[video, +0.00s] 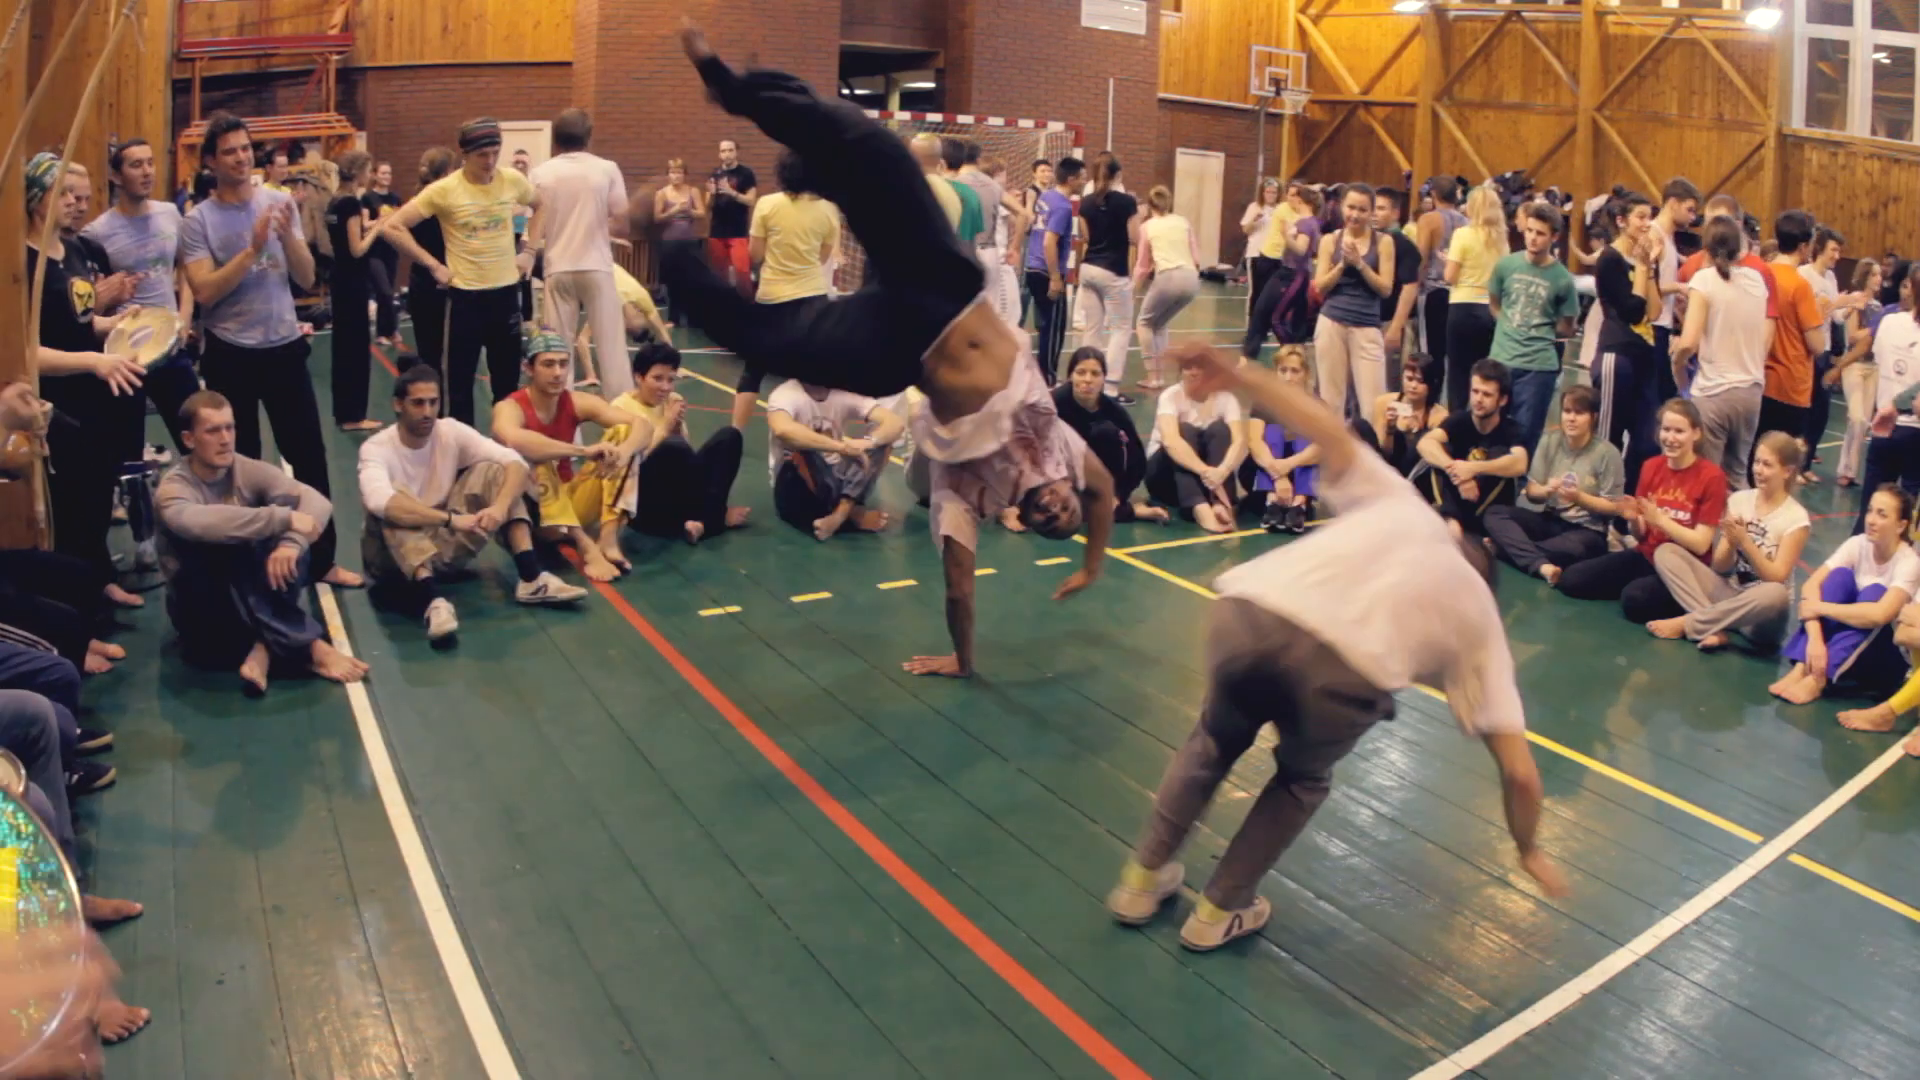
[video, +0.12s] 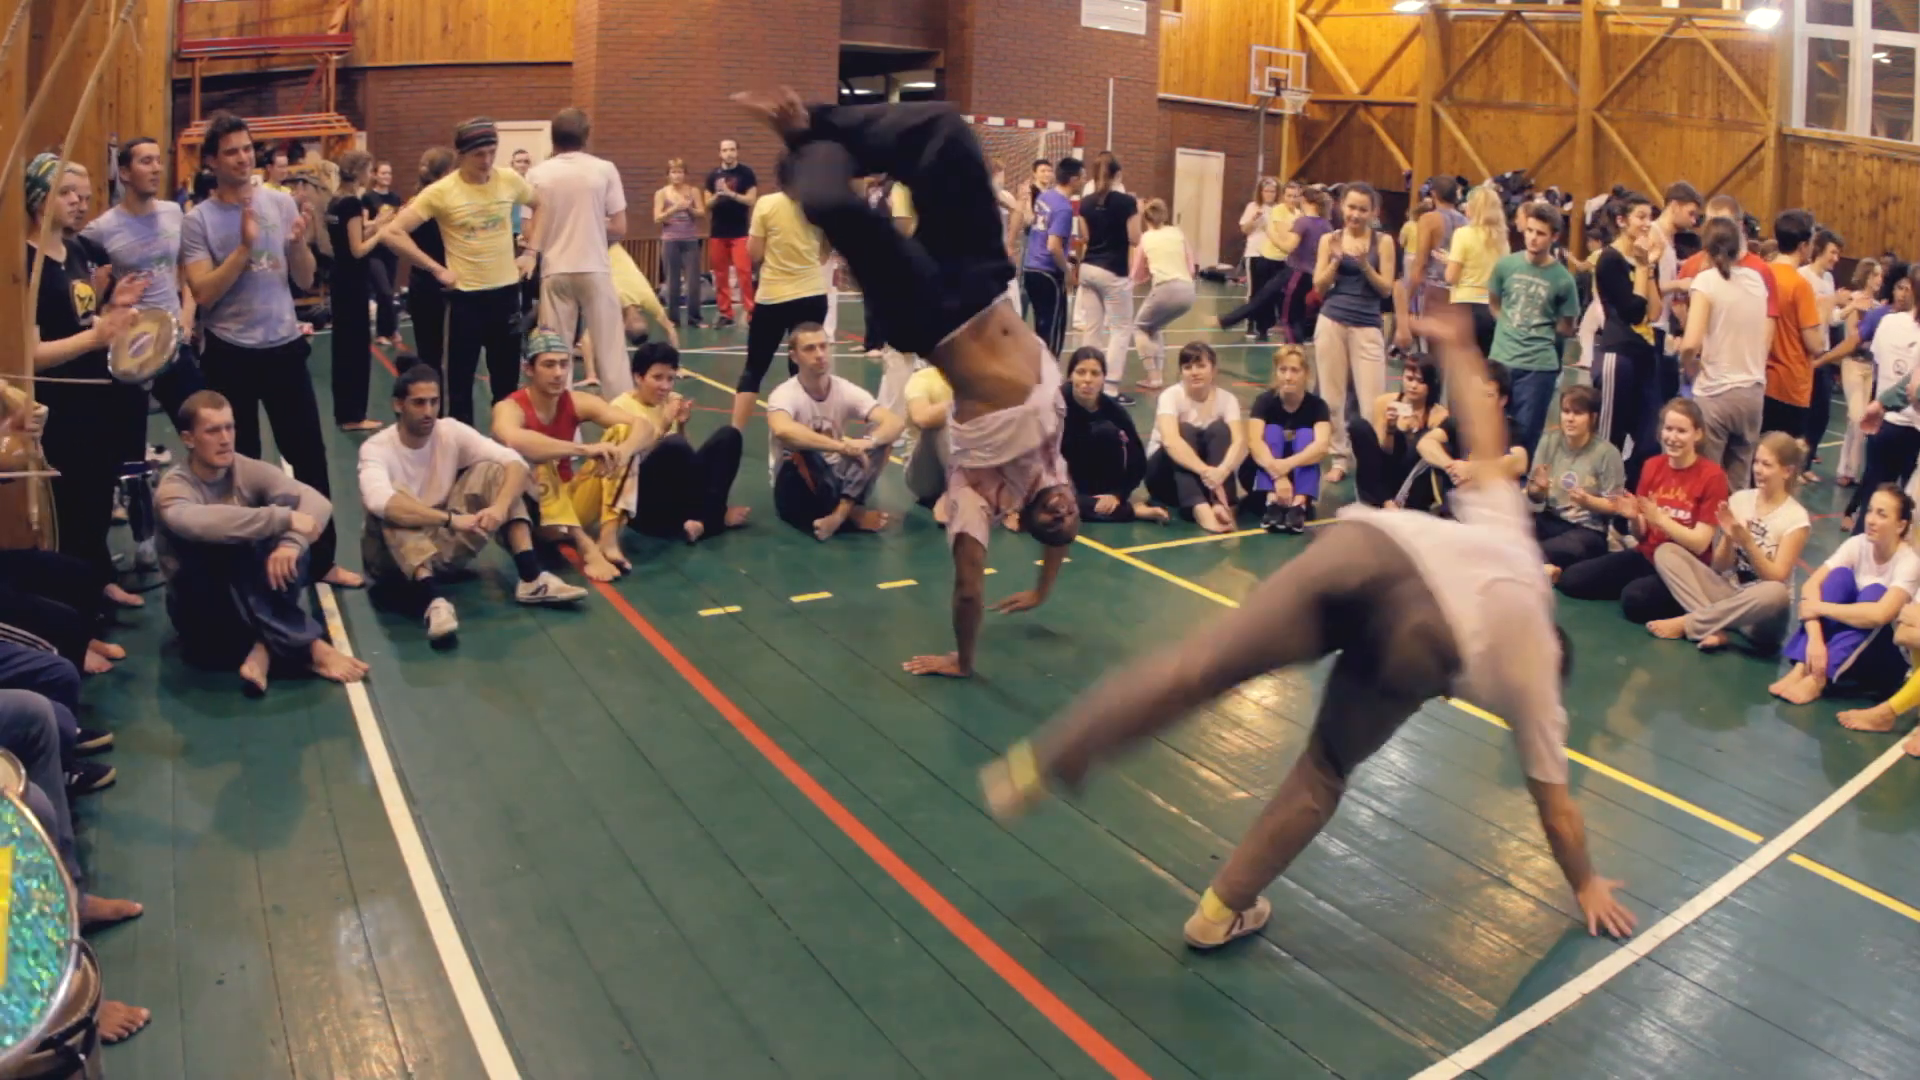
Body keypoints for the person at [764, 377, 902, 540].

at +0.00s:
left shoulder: (844, 396)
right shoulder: (786, 394)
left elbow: (895, 422)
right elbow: (782, 430)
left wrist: (870, 443)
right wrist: (841, 447)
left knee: (878, 442)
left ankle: (840, 513)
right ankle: (853, 512)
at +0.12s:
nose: (820, 355)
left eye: (823, 347)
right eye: (809, 349)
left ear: (829, 349)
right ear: (794, 355)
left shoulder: (843, 389)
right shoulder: (784, 394)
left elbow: (894, 422)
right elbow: (782, 430)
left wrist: (870, 441)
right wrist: (841, 447)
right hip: (797, 495)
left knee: (880, 441)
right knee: (802, 453)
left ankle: (839, 513)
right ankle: (852, 512)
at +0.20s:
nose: (819, 354)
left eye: (823, 347)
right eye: (810, 349)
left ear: (829, 349)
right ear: (794, 355)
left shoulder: (842, 389)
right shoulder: (784, 394)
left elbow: (893, 422)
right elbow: (782, 430)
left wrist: (870, 441)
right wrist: (841, 447)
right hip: (797, 495)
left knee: (881, 441)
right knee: (801, 453)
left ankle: (840, 513)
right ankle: (851, 514)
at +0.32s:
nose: (820, 354)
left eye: (823, 347)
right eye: (810, 348)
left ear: (829, 349)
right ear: (793, 355)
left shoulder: (842, 389)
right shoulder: (784, 394)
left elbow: (893, 422)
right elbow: (782, 430)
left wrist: (870, 441)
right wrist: (840, 446)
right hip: (797, 495)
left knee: (881, 440)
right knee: (801, 455)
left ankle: (840, 512)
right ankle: (851, 514)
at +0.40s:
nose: (820, 354)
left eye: (823, 346)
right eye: (810, 348)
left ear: (829, 349)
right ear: (793, 356)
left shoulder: (842, 389)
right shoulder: (784, 394)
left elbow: (893, 422)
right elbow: (782, 430)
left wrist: (870, 441)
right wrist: (841, 447)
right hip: (797, 495)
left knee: (881, 440)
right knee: (803, 455)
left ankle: (840, 512)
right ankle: (851, 514)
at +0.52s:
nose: (820, 354)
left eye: (823, 346)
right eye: (810, 349)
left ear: (829, 349)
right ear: (793, 356)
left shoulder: (842, 389)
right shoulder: (784, 394)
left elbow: (893, 422)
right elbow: (782, 430)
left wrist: (869, 441)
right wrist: (840, 446)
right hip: (797, 496)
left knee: (881, 440)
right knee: (803, 454)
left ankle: (839, 514)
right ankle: (850, 513)